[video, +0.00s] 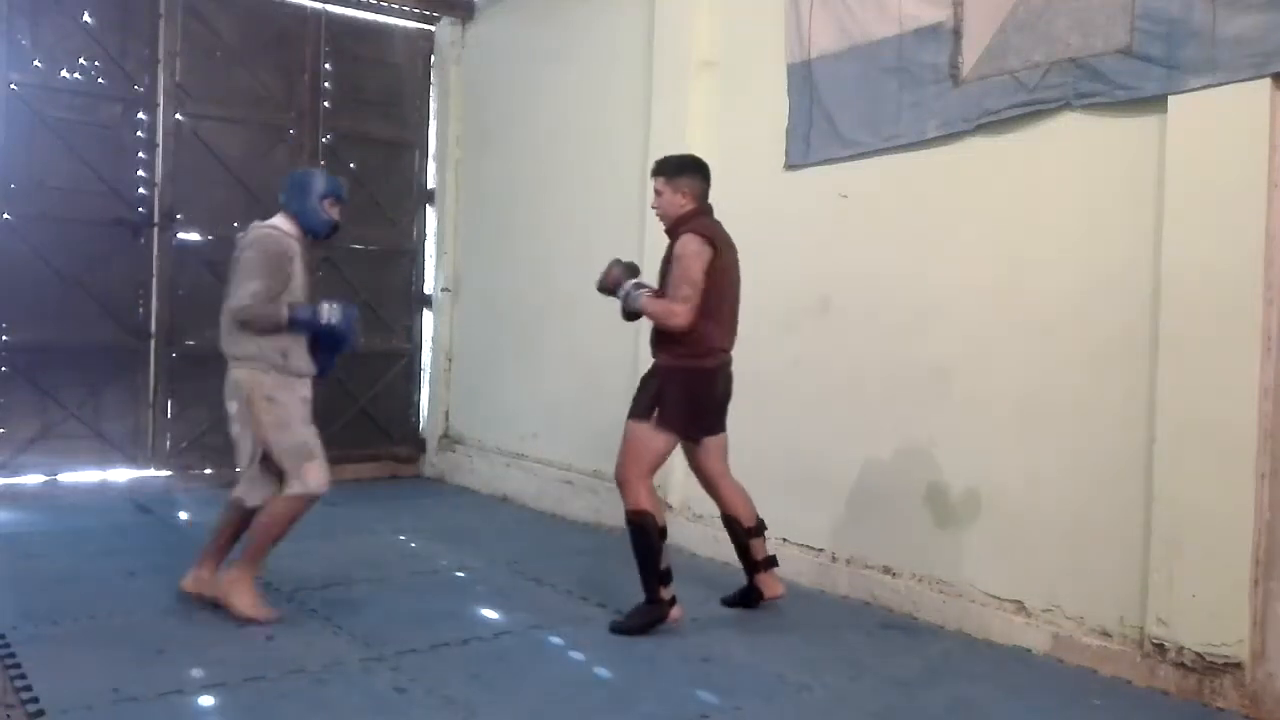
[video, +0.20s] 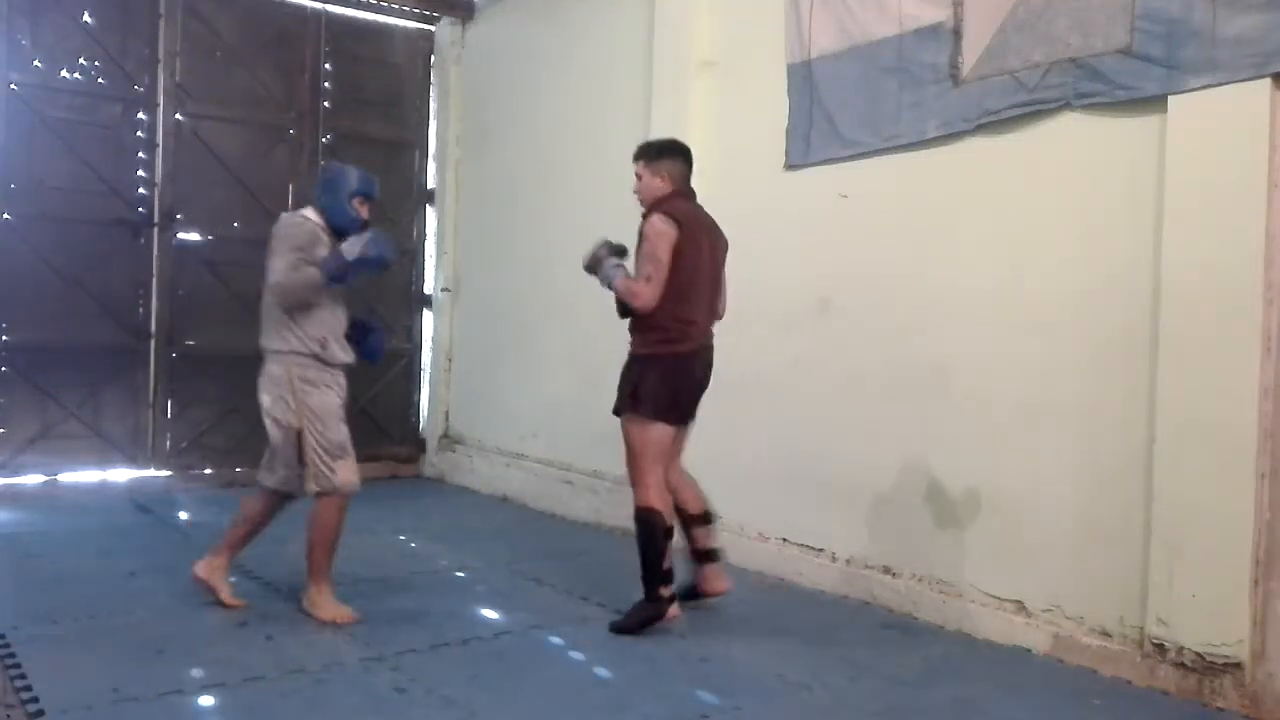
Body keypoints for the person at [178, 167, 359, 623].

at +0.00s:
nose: (336, 215)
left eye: (339, 206)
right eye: (330, 203)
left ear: (306, 203)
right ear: (304, 200)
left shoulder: (288, 246)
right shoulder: (269, 241)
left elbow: (270, 319)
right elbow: (246, 312)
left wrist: (318, 342)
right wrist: (309, 314)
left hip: (271, 379)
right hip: (263, 380)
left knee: (260, 482)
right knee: (309, 480)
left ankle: (204, 572)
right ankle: (239, 578)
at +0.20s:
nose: (367, 214)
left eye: (369, 206)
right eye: (361, 203)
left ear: (352, 204)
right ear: (336, 199)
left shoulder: (328, 241)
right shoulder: (298, 227)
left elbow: (313, 313)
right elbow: (285, 291)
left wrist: (351, 333)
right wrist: (344, 259)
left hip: (311, 372)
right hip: (299, 373)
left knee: (281, 478)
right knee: (338, 482)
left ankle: (216, 563)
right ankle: (318, 591)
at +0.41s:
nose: (398, 219)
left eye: (401, 209)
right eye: (393, 207)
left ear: (385, 206)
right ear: (369, 203)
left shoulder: (366, 245)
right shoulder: (330, 238)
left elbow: (357, 305)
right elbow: (333, 307)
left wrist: (383, 332)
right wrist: (386, 278)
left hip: (359, 373)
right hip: (324, 373)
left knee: (373, 476)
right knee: (336, 485)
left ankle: (309, 544)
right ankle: (318, 591)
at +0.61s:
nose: (417, 236)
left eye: (421, 228)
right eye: (412, 225)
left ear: (414, 231)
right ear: (386, 222)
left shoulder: (398, 268)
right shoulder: (349, 255)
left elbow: (430, 329)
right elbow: (382, 313)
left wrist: (420, 332)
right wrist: (419, 269)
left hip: (386, 390)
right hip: (340, 387)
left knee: (421, 478)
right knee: (344, 490)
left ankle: (436, 554)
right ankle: (296, 591)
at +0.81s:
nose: (442, 227)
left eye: (448, 220)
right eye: (436, 217)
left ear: (452, 225)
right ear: (414, 214)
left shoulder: (451, 265)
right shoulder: (377, 252)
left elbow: (456, 327)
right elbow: (368, 316)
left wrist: (402, 331)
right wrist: (427, 320)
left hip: (429, 382)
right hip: (377, 378)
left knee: (441, 472)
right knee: (349, 472)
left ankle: (436, 554)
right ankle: (320, 559)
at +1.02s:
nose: (449, 244)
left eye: (456, 237)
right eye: (443, 235)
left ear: (461, 242)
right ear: (424, 234)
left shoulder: (462, 286)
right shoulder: (388, 271)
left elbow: (466, 341)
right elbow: (368, 323)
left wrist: (445, 355)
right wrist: (411, 312)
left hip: (441, 391)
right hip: (389, 388)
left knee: (455, 472)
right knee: (380, 469)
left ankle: (456, 538)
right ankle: (389, 529)